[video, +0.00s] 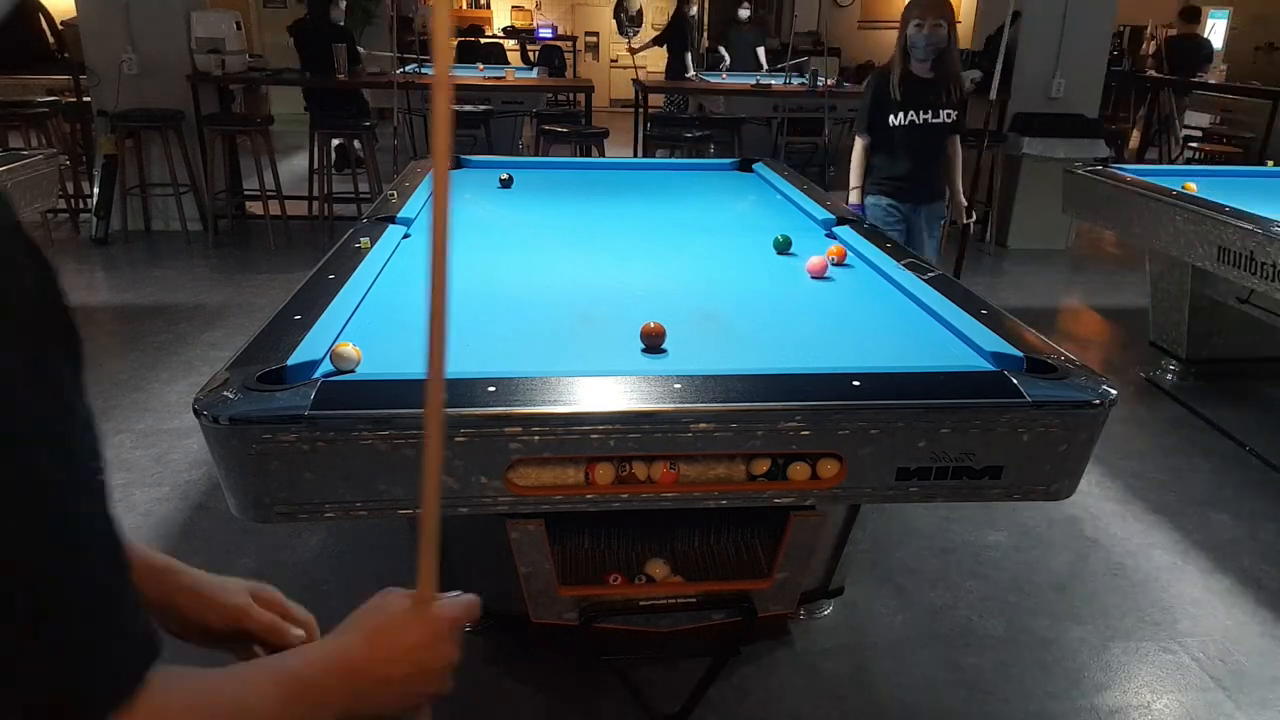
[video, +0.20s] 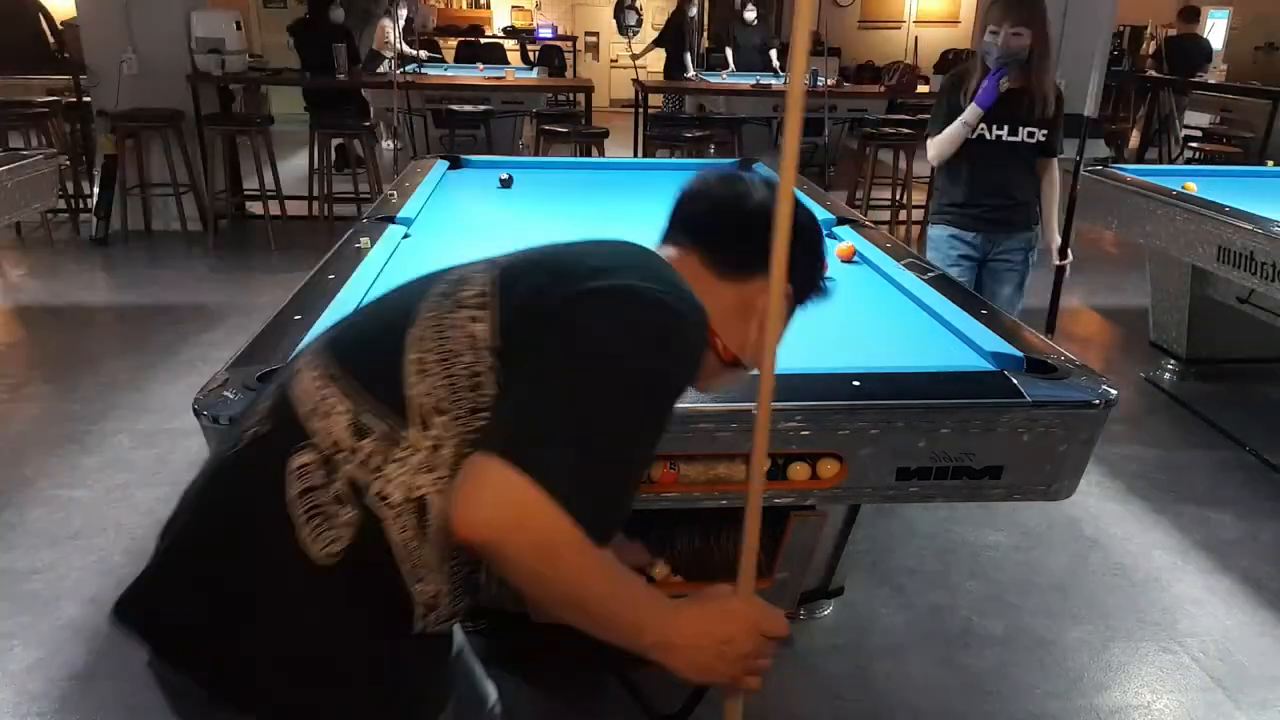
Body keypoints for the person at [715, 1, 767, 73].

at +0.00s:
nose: (745, 13)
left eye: (747, 9)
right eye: (742, 9)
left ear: (750, 11)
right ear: (737, 11)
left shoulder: (755, 27)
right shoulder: (729, 26)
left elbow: (759, 47)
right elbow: (720, 46)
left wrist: (764, 65)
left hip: (751, 70)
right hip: (733, 71)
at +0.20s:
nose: (749, 14)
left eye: (752, 11)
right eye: (747, 11)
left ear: (757, 13)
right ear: (742, 12)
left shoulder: (764, 28)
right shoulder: (735, 27)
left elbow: (771, 46)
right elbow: (728, 47)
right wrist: (731, 65)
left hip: (761, 72)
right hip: (740, 73)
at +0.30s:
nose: (750, 19)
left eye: (754, 16)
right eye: (748, 16)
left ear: (761, 18)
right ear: (746, 17)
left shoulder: (767, 33)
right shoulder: (738, 29)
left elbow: (780, 47)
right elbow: (731, 49)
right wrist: (731, 66)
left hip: (760, 74)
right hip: (740, 74)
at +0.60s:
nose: (749, 23)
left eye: (753, 20)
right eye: (747, 19)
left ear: (759, 20)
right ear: (744, 20)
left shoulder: (769, 35)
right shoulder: (740, 34)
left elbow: (784, 48)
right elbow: (731, 53)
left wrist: (785, 60)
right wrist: (732, 66)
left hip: (766, 78)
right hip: (743, 78)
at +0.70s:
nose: (744, 30)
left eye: (747, 27)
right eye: (741, 27)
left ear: (751, 25)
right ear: (737, 27)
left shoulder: (759, 34)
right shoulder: (734, 36)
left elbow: (765, 50)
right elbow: (729, 54)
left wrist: (763, 64)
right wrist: (728, 70)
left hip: (756, 72)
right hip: (739, 72)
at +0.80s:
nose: (747, 28)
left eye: (749, 25)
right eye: (744, 25)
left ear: (753, 22)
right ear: (739, 23)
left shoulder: (757, 33)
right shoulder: (734, 35)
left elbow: (759, 50)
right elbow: (731, 58)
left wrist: (759, 64)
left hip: (754, 73)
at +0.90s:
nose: (752, 24)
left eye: (755, 21)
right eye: (749, 21)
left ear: (758, 19)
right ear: (744, 19)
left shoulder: (760, 29)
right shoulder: (737, 30)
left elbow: (762, 47)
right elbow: (734, 54)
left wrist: (761, 62)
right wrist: (747, 70)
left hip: (756, 70)